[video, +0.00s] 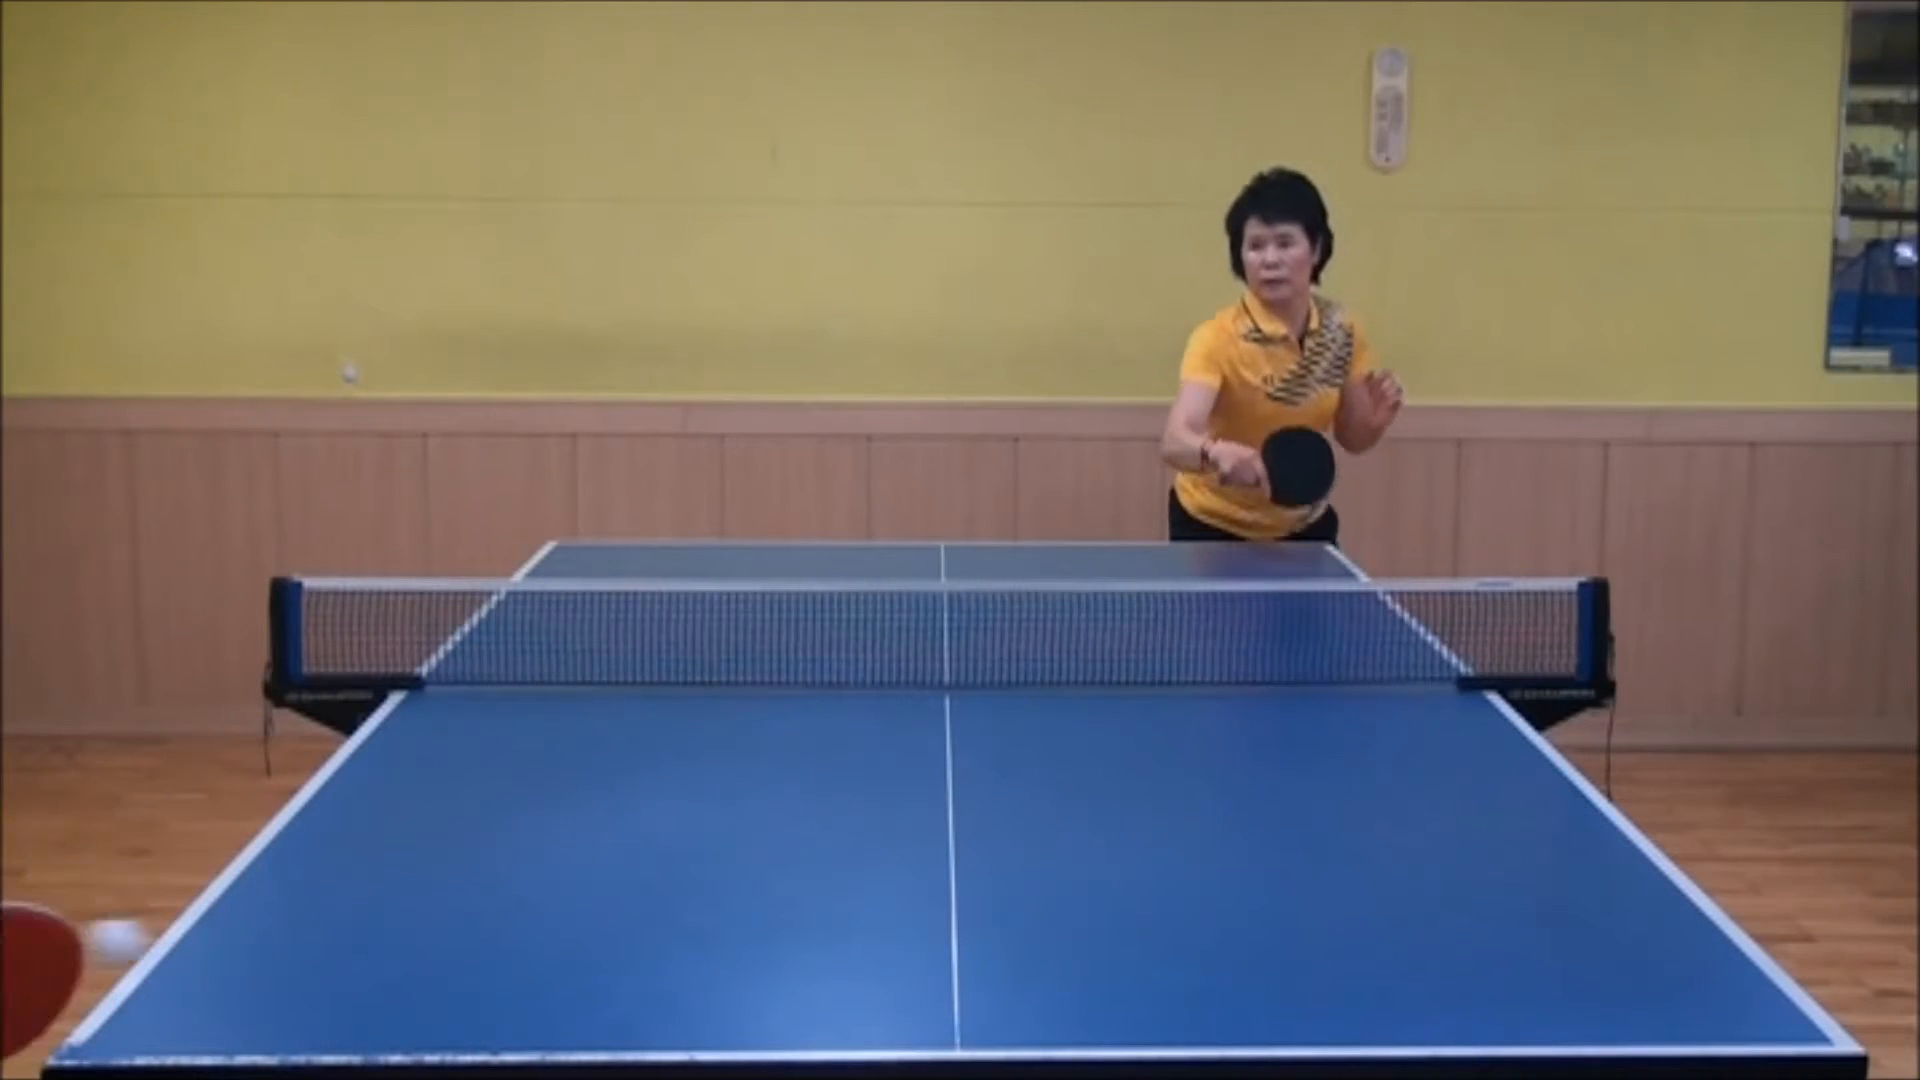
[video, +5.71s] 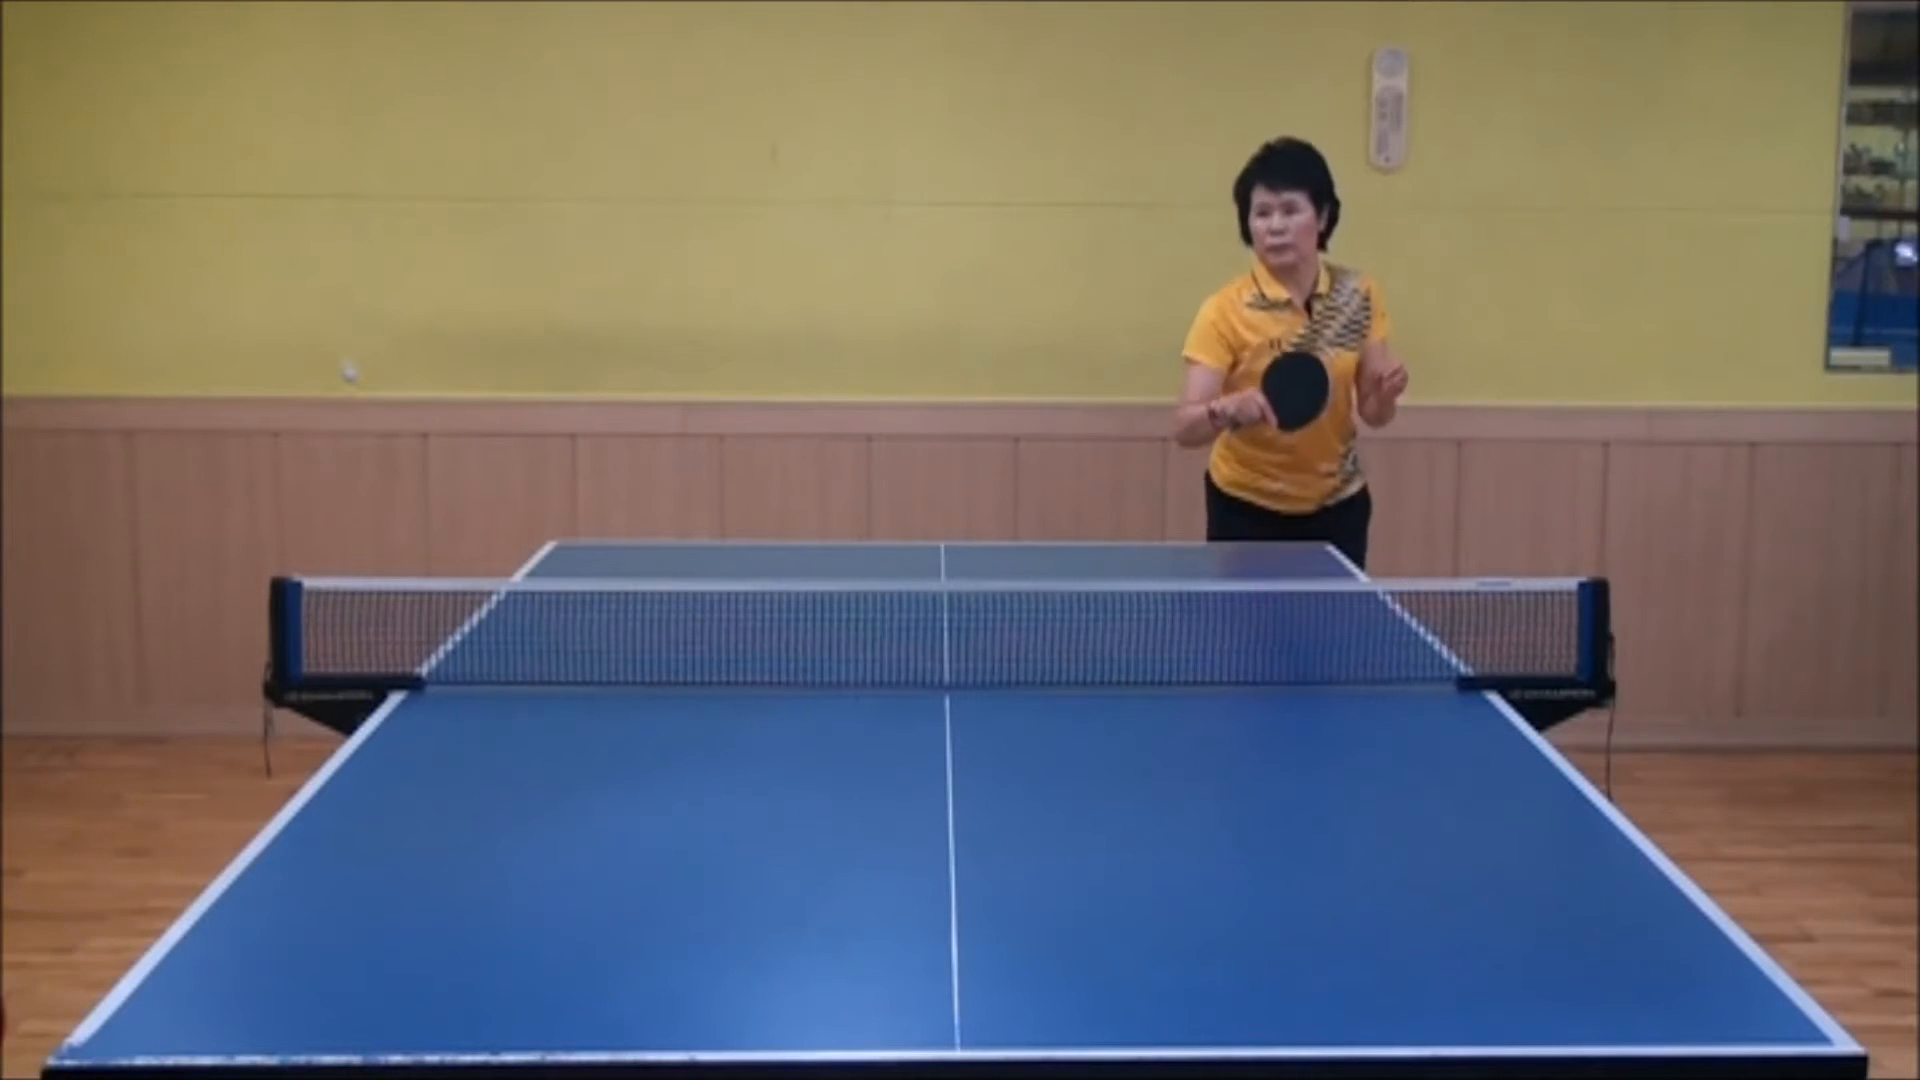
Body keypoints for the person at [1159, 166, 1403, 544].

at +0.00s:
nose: (1270, 259)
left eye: (1286, 243)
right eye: (1256, 246)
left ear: (1317, 250)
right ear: (1239, 256)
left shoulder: (1343, 335)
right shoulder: (1217, 339)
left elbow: (1352, 440)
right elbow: (1176, 441)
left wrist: (1371, 422)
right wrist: (1215, 452)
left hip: (1304, 526)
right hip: (1215, 528)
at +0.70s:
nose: (1243, 209)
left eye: (1259, 195)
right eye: (1231, 194)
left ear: (1290, 205)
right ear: (1216, 203)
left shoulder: (1321, 290)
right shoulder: (1185, 288)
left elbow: (1326, 385)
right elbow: (1148, 403)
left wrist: (1341, 398)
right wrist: (1185, 389)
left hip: (1285, 492)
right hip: (1192, 489)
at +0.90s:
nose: (1197, 207)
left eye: (1214, 193)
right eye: (1186, 192)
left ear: (1244, 202)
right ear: (1170, 201)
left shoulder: (1276, 285)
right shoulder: (1140, 283)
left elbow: (1280, 377)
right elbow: (1108, 397)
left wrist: (1283, 395)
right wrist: (1138, 390)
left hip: (1246, 485)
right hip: (1154, 482)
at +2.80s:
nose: (1247, 236)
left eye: (1262, 220)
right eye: (1234, 222)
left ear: (1290, 221)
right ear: (1217, 229)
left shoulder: (1328, 300)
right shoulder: (1195, 308)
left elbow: (1341, 413)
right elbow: (1154, 415)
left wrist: (1330, 387)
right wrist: (1201, 419)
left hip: (1306, 507)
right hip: (1213, 507)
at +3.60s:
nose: (1301, 258)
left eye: (1315, 242)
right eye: (1286, 244)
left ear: (1341, 241)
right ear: (1267, 249)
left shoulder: (1368, 317)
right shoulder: (1242, 322)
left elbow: (1374, 397)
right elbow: (1200, 429)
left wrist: (1361, 402)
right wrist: (1271, 413)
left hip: (1329, 507)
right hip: (1240, 507)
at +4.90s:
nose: (1306, 285)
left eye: (1321, 269)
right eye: (1291, 271)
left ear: (1350, 276)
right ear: (1274, 281)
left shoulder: (1371, 356)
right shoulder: (1251, 359)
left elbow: (1377, 460)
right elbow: (1205, 454)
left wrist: (1403, 448)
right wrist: (1236, 480)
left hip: (1327, 539)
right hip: (1238, 539)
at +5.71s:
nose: (1276, 226)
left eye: (1291, 210)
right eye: (1262, 212)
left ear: (1323, 218)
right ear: (1246, 224)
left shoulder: (1357, 298)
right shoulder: (1224, 312)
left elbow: (1373, 416)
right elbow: (1185, 429)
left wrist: (1382, 397)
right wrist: (1225, 412)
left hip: (1335, 507)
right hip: (1246, 507)